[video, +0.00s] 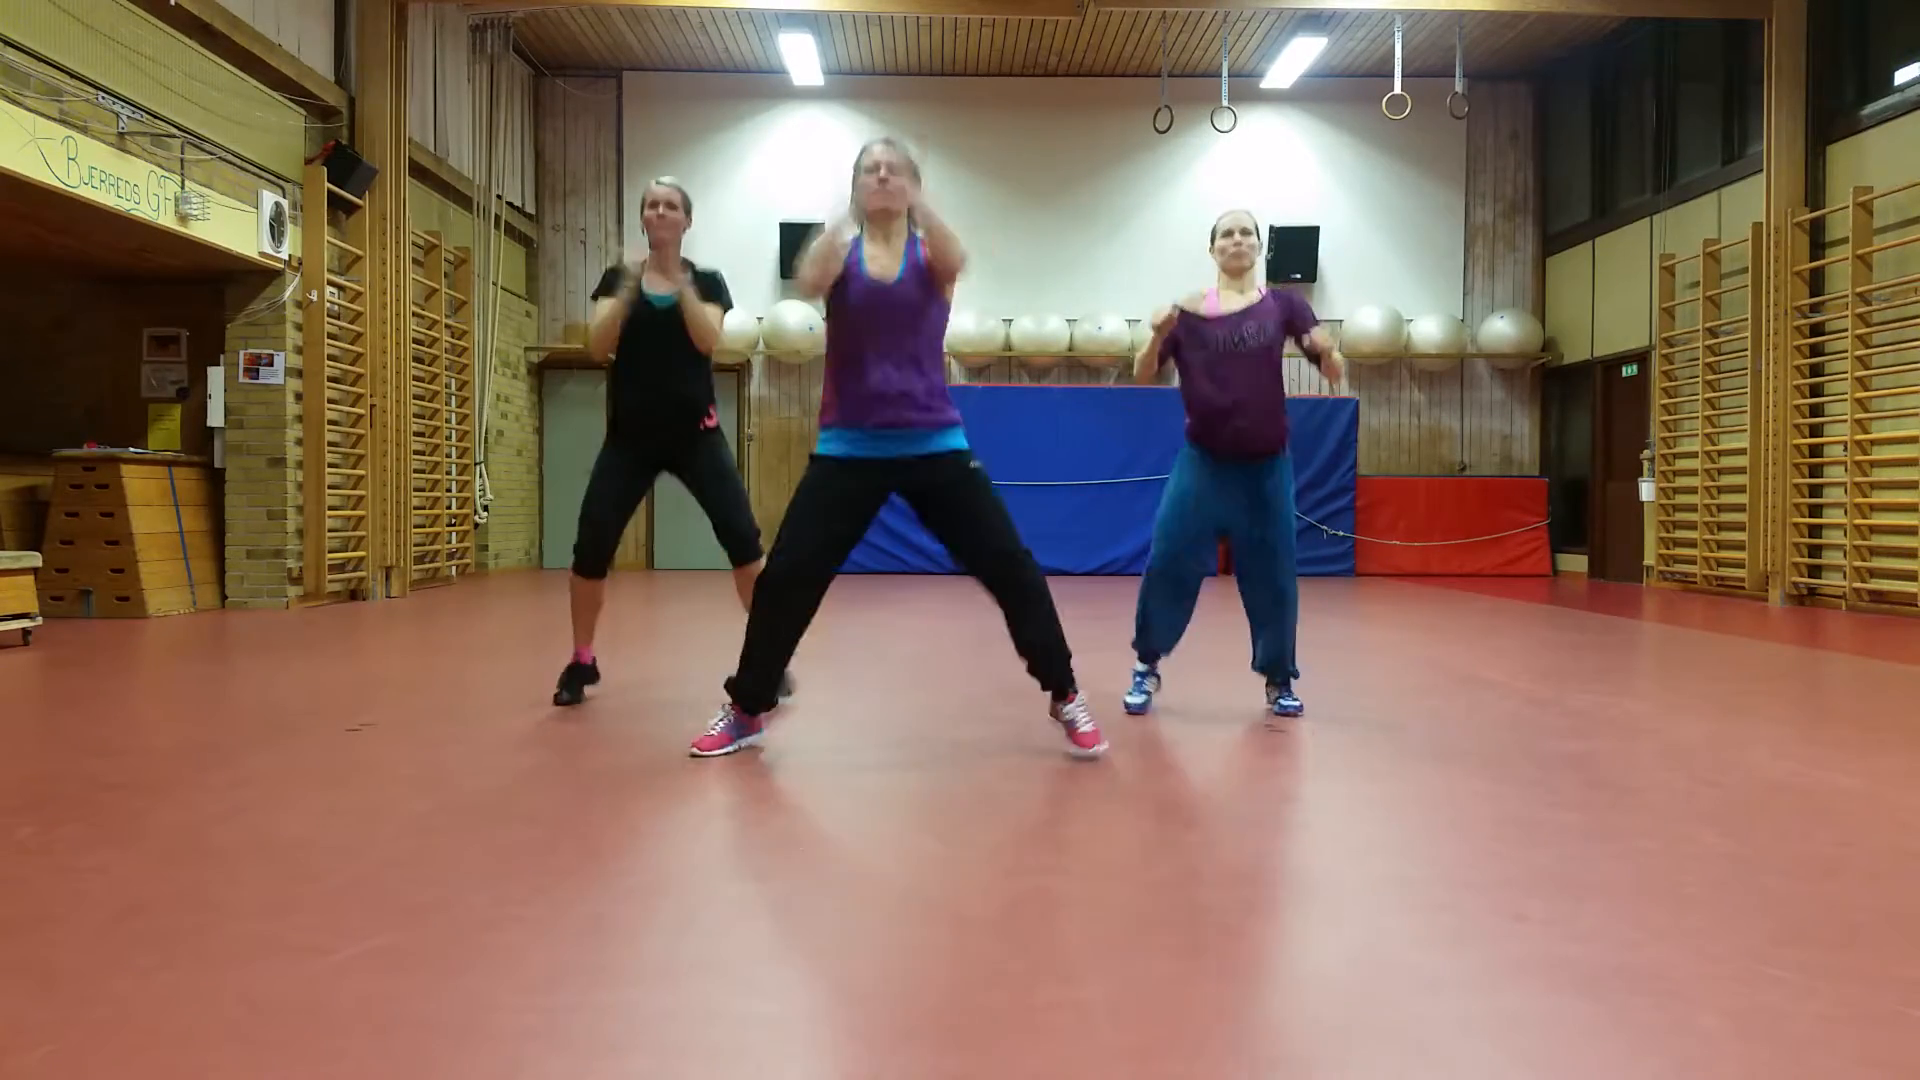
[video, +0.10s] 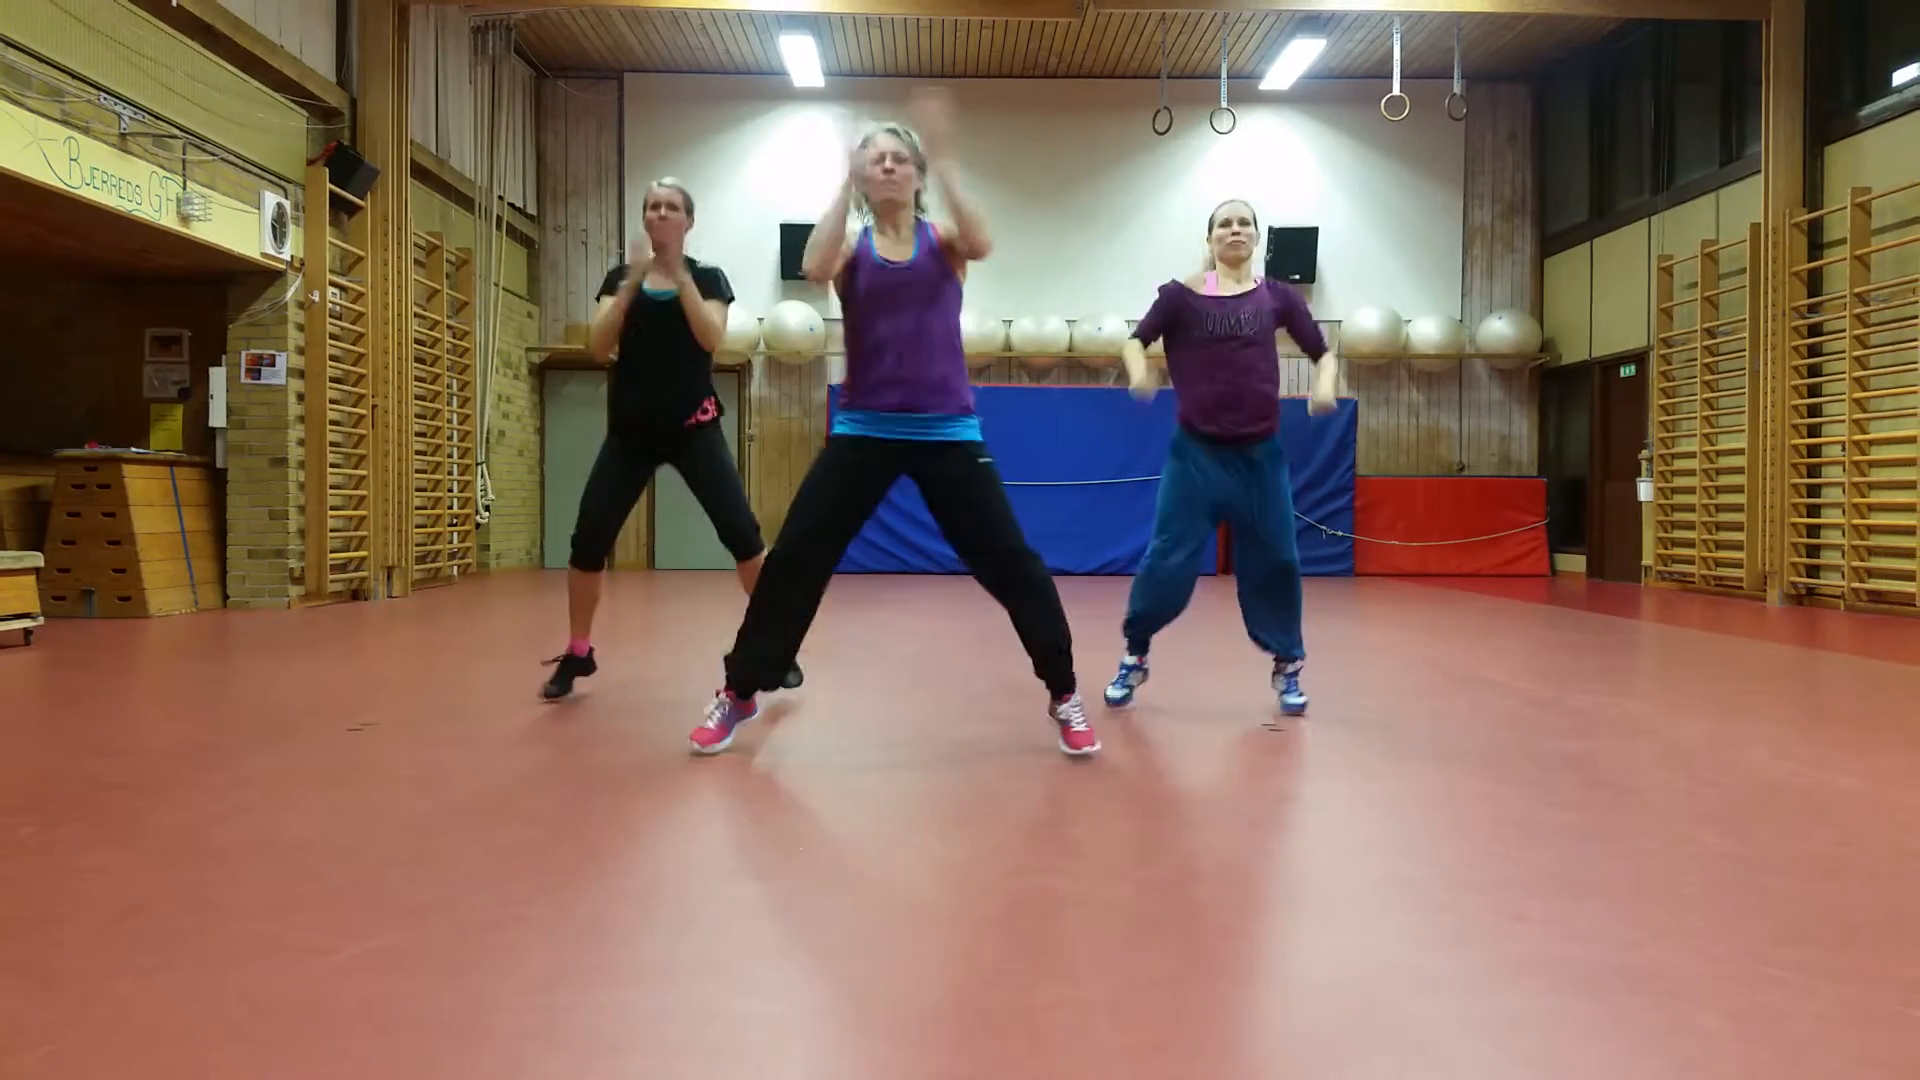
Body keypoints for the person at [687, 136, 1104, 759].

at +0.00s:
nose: (882, 179)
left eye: (894, 171)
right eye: (871, 171)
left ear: (914, 190)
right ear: (856, 188)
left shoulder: (930, 253)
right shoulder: (837, 250)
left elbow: (951, 259)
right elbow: (812, 280)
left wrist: (920, 203)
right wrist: (842, 223)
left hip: (934, 445)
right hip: (849, 447)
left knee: (1012, 566)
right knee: (786, 574)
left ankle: (1067, 699)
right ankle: (746, 711)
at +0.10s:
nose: (887, 166)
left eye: (900, 159)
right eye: (876, 159)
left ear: (918, 178)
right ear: (860, 179)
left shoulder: (943, 240)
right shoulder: (851, 242)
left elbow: (979, 241)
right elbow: (816, 266)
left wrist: (945, 170)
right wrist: (848, 189)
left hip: (948, 432)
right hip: (865, 431)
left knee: (1012, 562)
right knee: (795, 553)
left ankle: (1065, 697)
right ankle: (739, 692)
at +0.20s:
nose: (900, 192)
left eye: (910, 182)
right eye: (890, 183)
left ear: (926, 194)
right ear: (873, 197)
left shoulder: (953, 256)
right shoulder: (862, 263)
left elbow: (976, 272)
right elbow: (847, 295)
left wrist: (941, 221)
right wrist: (883, 237)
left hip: (960, 449)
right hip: (877, 448)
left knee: (1009, 577)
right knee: (794, 561)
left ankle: (1061, 704)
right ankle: (746, 692)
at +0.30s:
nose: (908, 203)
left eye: (919, 198)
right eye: (896, 197)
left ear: (933, 220)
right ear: (876, 218)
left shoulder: (952, 277)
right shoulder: (861, 277)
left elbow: (997, 295)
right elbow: (826, 319)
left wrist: (955, 216)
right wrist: (872, 246)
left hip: (957, 468)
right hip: (873, 470)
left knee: (1016, 593)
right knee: (797, 589)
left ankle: (1061, 712)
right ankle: (758, 712)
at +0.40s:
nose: (908, 184)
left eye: (919, 178)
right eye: (897, 177)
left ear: (936, 196)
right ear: (879, 194)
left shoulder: (954, 261)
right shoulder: (855, 257)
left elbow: (996, 257)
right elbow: (810, 300)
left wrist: (949, 183)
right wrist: (879, 271)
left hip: (951, 451)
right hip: (866, 452)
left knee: (1023, 573)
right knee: (802, 579)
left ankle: (1068, 701)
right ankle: (756, 708)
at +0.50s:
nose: (908, 174)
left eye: (919, 166)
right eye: (896, 166)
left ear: (938, 181)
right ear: (879, 182)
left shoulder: (960, 235)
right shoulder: (860, 242)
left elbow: (1017, 242)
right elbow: (792, 261)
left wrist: (943, 245)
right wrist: (854, 257)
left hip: (956, 429)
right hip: (873, 426)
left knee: (1021, 558)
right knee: (804, 550)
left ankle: (1081, 690)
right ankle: (746, 689)